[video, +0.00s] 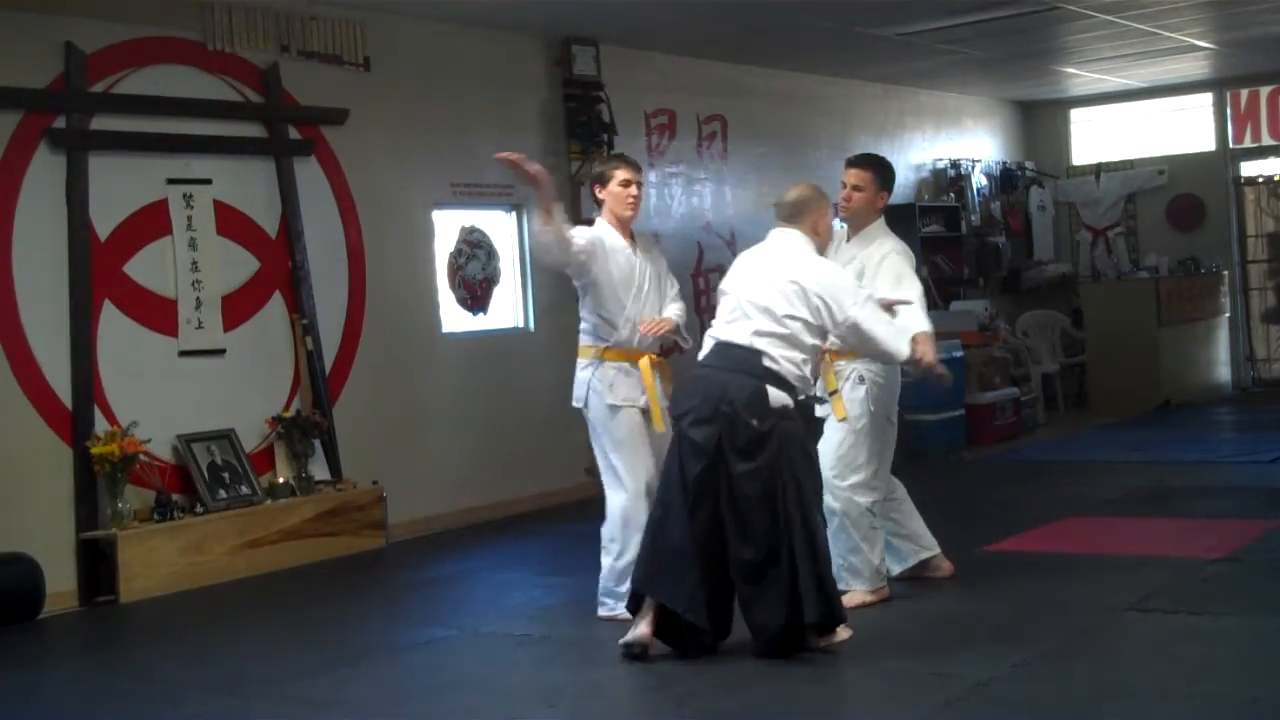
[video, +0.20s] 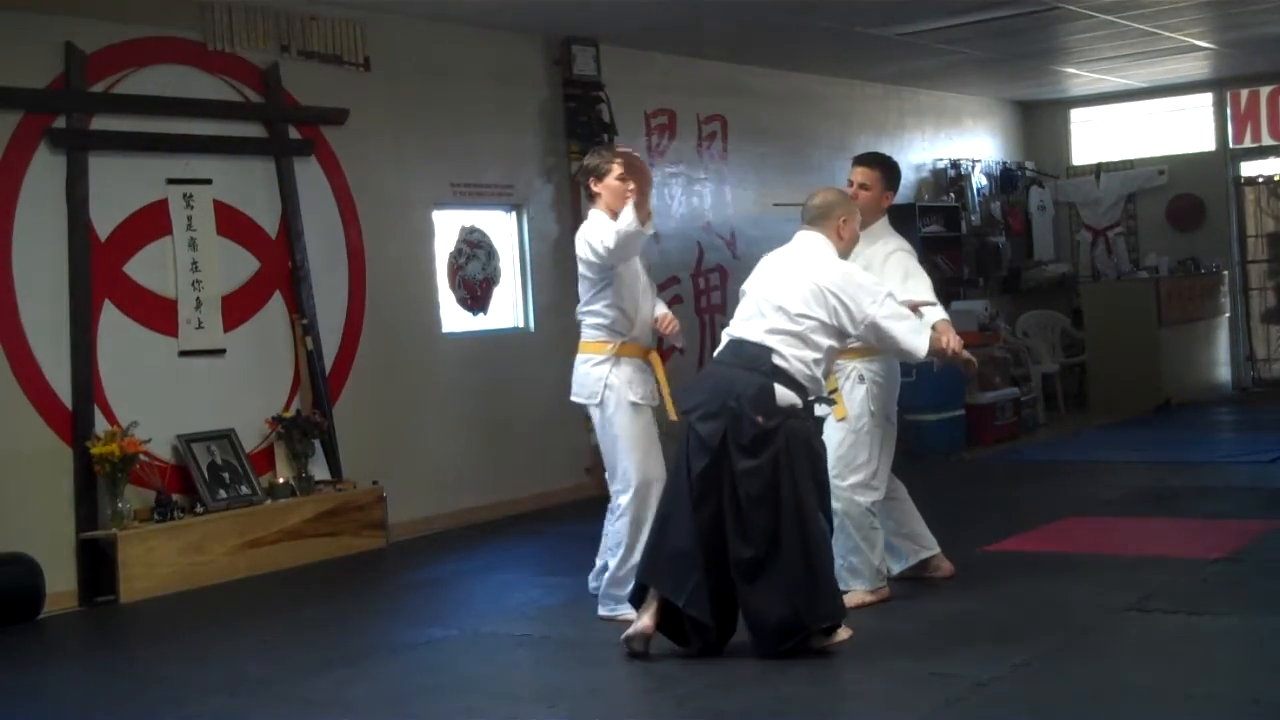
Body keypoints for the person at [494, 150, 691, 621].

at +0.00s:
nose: (634, 193)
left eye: (638, 186)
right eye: (624, 185)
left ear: (642, 194)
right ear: (600, 192)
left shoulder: (650, 247)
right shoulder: (590, 240)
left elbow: (676, 302)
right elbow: (553, 253)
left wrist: (671, 320)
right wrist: (545, 196)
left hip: (649, 373)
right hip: (608, 375)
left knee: (652, 480)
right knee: (633, 483)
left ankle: (646, 590)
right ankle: (616, 597)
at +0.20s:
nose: (632, 187)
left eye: (635, 180)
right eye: (622, 178)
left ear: (634, 188)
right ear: (595, 185)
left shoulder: (625, 234)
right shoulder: (591, 231)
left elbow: (644, 296)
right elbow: (613, 247)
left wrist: (662, 313)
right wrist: (638, 209)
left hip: (634, 367)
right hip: (610, 369)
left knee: (635, 479)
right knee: (644, 476)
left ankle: (609, 580)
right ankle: (616, 594)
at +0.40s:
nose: (633, 186)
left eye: (633, 178)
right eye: (624, 178)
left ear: (602, 187)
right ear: (595, 184)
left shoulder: (600, 229)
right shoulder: (600, 227)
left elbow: (626, 303)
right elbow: (637, 252)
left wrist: (663, 316)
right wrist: (675, 209)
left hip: (604, 367)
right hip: (617, 370)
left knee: (619, 478)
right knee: (649, 474)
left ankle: (608, 579)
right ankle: (619, 593)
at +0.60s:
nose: (632, 188)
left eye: (632, 180)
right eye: (623, 179)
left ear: (602, 187)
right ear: (594, 185)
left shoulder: (600, 229)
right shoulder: (599, 227)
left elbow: (628, 302)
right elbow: (634, 255)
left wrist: (663, 316)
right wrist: (671, 209)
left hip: (606, 366)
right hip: (617, 368)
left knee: (621, 479)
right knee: (650, 473)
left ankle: (607, 577)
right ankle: (620, 593)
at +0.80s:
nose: (630, 188)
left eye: (630, 180)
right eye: (622, 181)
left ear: (600, 189)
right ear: (593, 187)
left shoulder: (600, 230)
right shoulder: (598, 228)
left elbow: (630, 301)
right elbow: (631, 255)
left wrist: (661, 318)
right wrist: (661, 206)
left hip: (606, 367)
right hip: (620, 369)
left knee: (625, 478)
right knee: (649, 475)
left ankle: (608, 576)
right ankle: (622, 595)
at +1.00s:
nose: (628, 189)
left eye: (629, 180)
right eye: (619, 181)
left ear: (622, 189)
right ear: (591, 189)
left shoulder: (613, 232)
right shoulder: (593, 228)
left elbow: (636, 303)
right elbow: (620, 255)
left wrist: (659, 320)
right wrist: (651, 210)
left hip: (633, 367)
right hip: (613, 371)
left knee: (645, 483)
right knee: (636, 486)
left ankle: (632, 576)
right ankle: (618, 597)